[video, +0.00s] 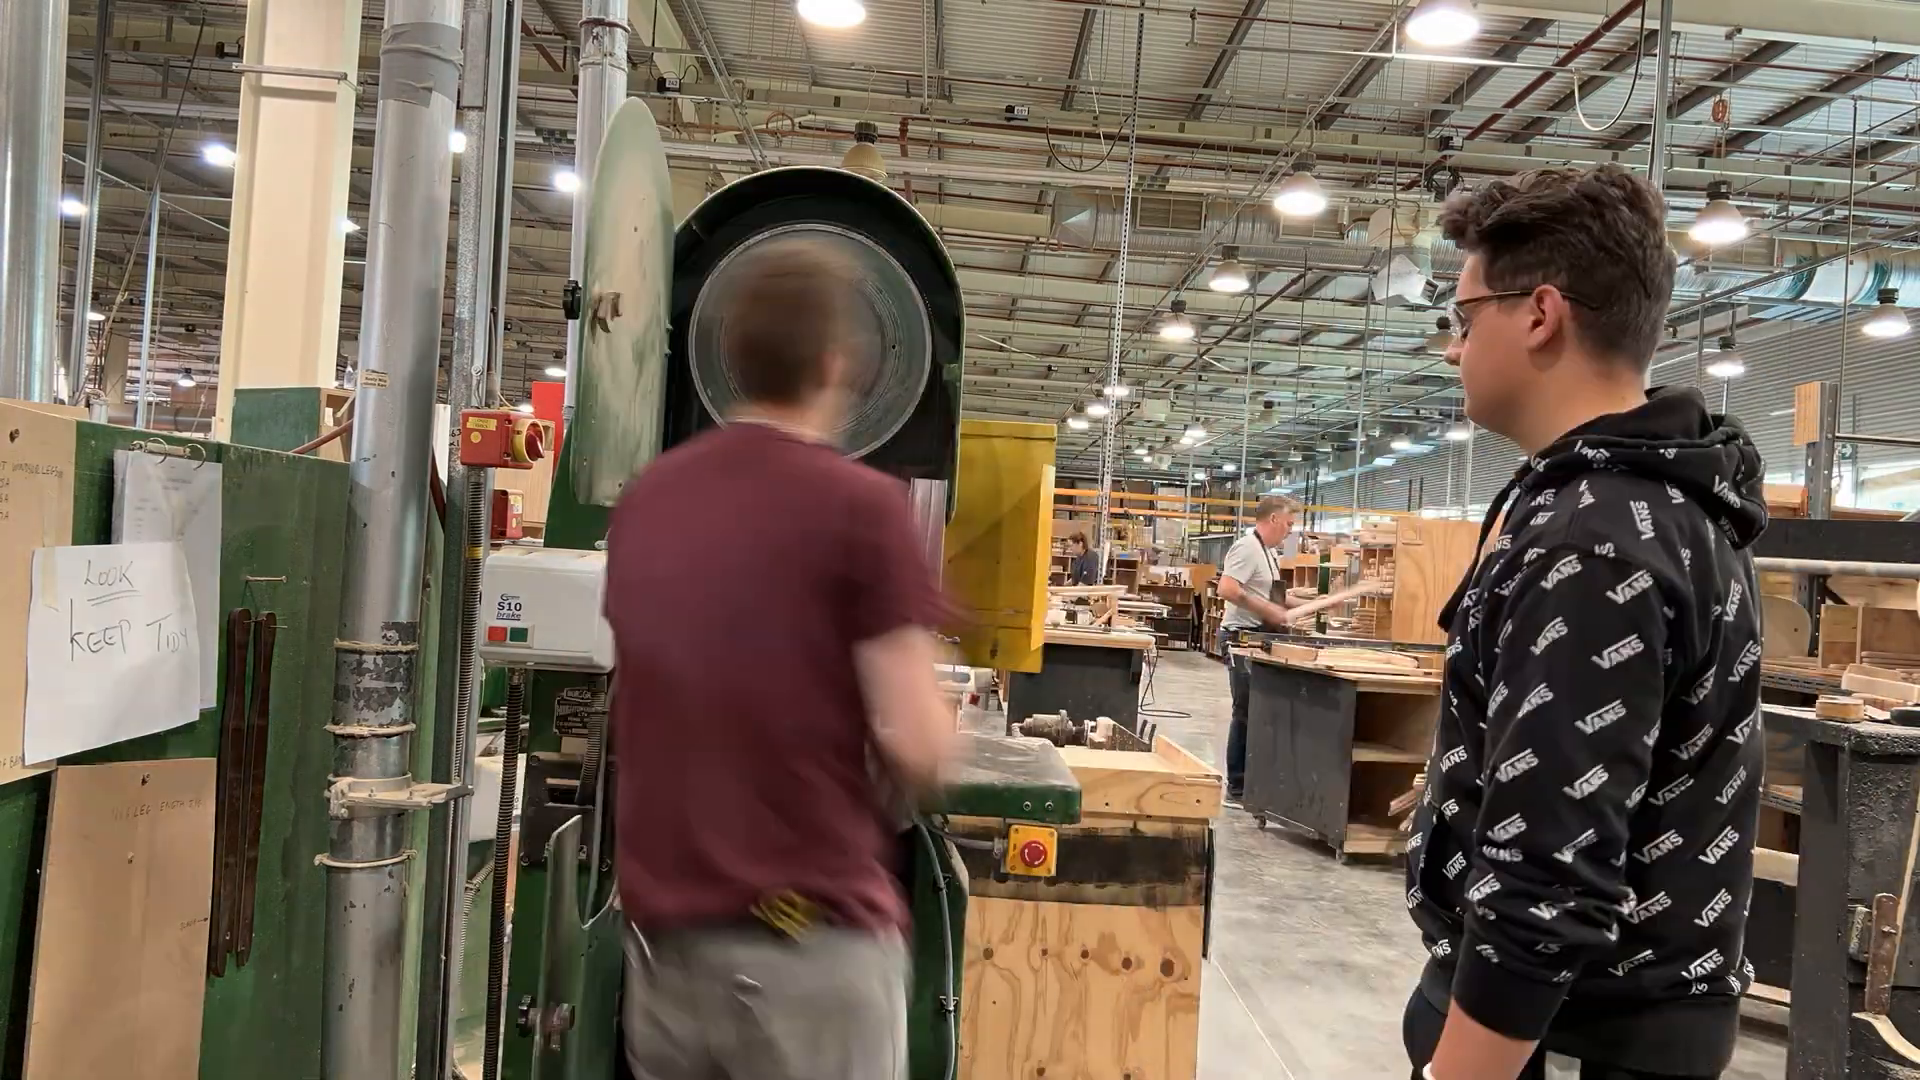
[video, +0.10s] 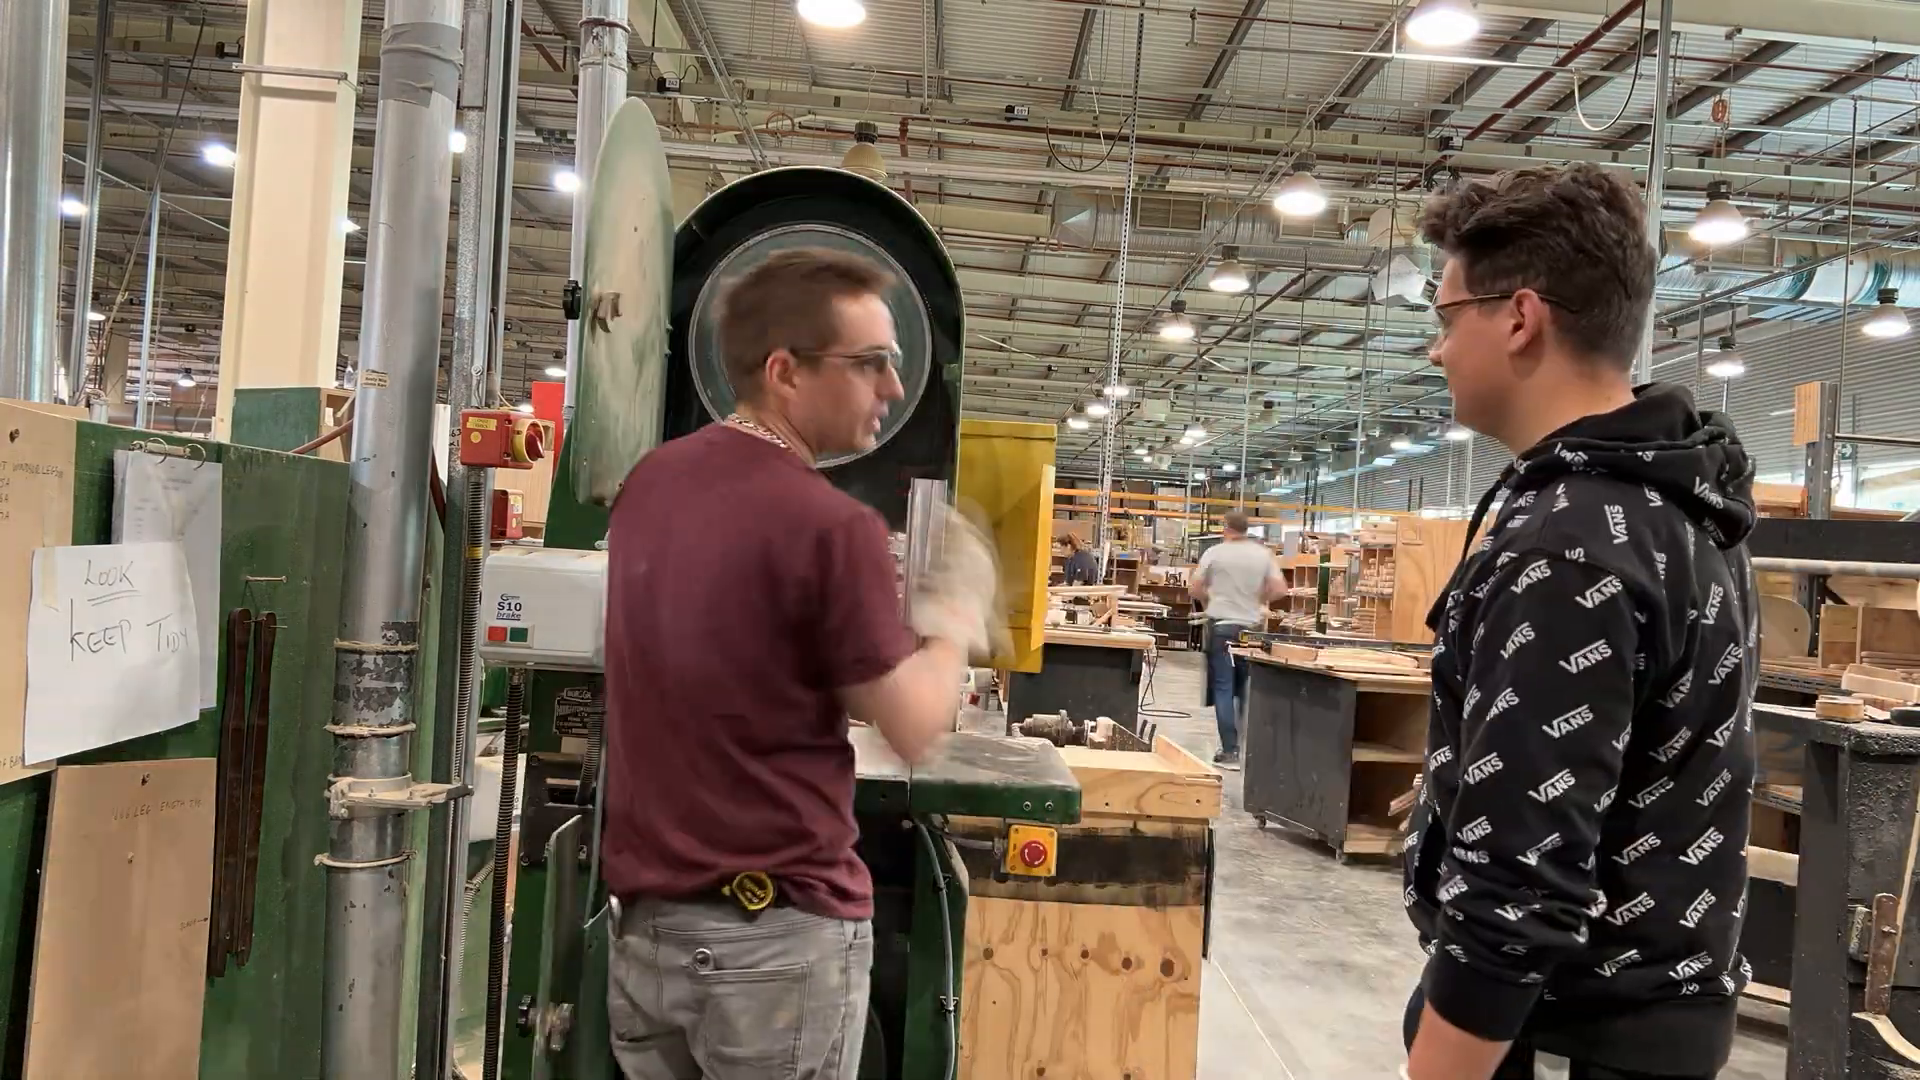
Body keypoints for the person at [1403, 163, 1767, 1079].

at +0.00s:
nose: (1451, 345)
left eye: (1466, 313)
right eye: (1455, 315)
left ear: (1542, 317)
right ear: (1546, 319)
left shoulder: (1595, 539)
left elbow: (1541, 895)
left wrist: (1459, 1062)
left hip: (1577, 1027)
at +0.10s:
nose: (1435, 348)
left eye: (1447, 314)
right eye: (1437, 316)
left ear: (1523, 320)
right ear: (1526, 322)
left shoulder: (1569, 544)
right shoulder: (1670, 492)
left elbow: (1515, 897)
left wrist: (1440, 1056)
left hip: (1574, 1026)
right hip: (1652, 1005)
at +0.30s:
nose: (1312, 346)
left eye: (1317, 315)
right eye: (1310, 318)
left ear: (1378, 314)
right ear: (1461, 318)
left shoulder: (1436, 506)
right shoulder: (1516, 477)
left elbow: (1378, 832)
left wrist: (1286, 1043)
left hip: (1434, 986)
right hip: (1508, 967)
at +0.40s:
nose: (1358, 367)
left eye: (1370, 340)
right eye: (1360, 342)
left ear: (1442, 341)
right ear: (1440, 343)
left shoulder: (1503, 535)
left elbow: (1448, 838)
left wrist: (1344, 1044)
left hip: (1442, 986)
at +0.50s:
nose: (1427, 407)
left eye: (1428, 370)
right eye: (1419, 378)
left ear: (1504, 338)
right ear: (1506, 340)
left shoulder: (1614, 549)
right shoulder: (1573, 512)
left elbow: (1554, 901)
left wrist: (1474, 1062)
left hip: (1543, 1029)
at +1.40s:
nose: (1418, 409)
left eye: (1418, 371)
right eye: (1410, 379)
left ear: (1491, 345)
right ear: (1497, 346)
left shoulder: (1621, 569)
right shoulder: (1572, 520)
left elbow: (1557, 929)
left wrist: (1495, 1057)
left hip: (1552, 1032)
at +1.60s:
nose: (1380, 385)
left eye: (1377, 343)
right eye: (1371, 352)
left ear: (1443, 313)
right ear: (1551, 301)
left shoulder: (1484, 545)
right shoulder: (1718, 490)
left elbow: (1392, 904)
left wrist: (1331, 1052)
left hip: (1529, 1037)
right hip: (1704, 1028)